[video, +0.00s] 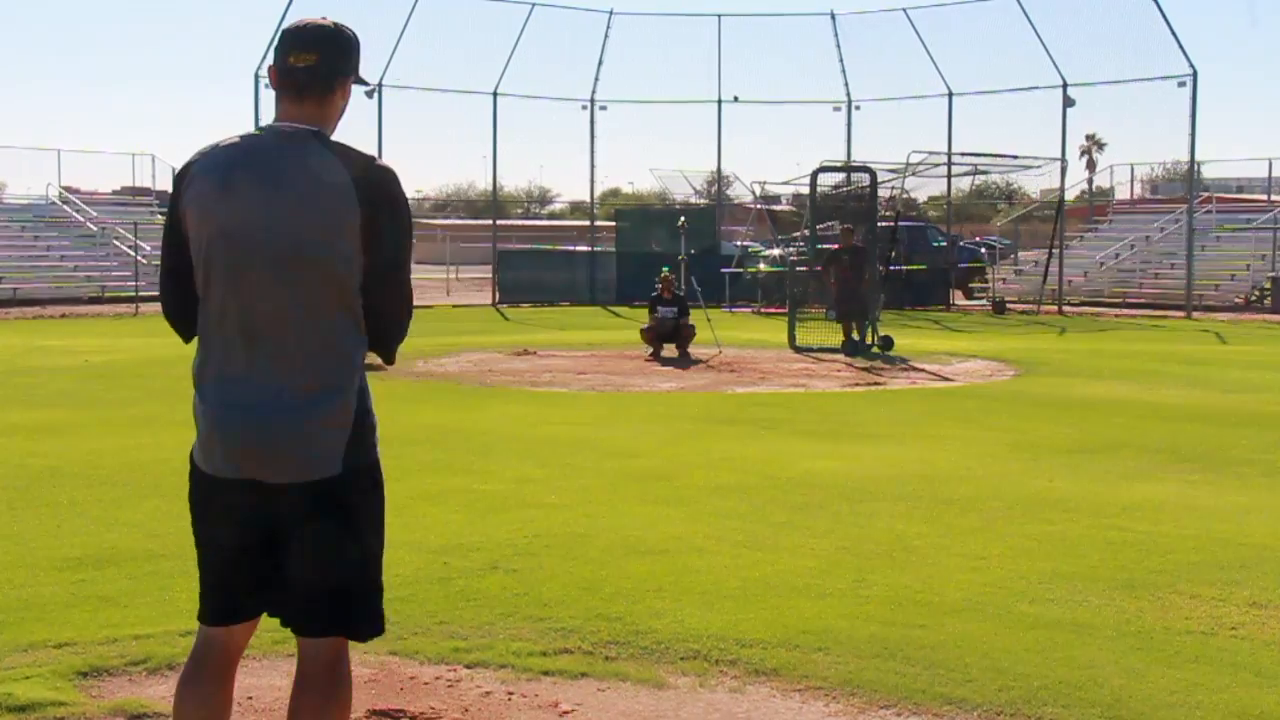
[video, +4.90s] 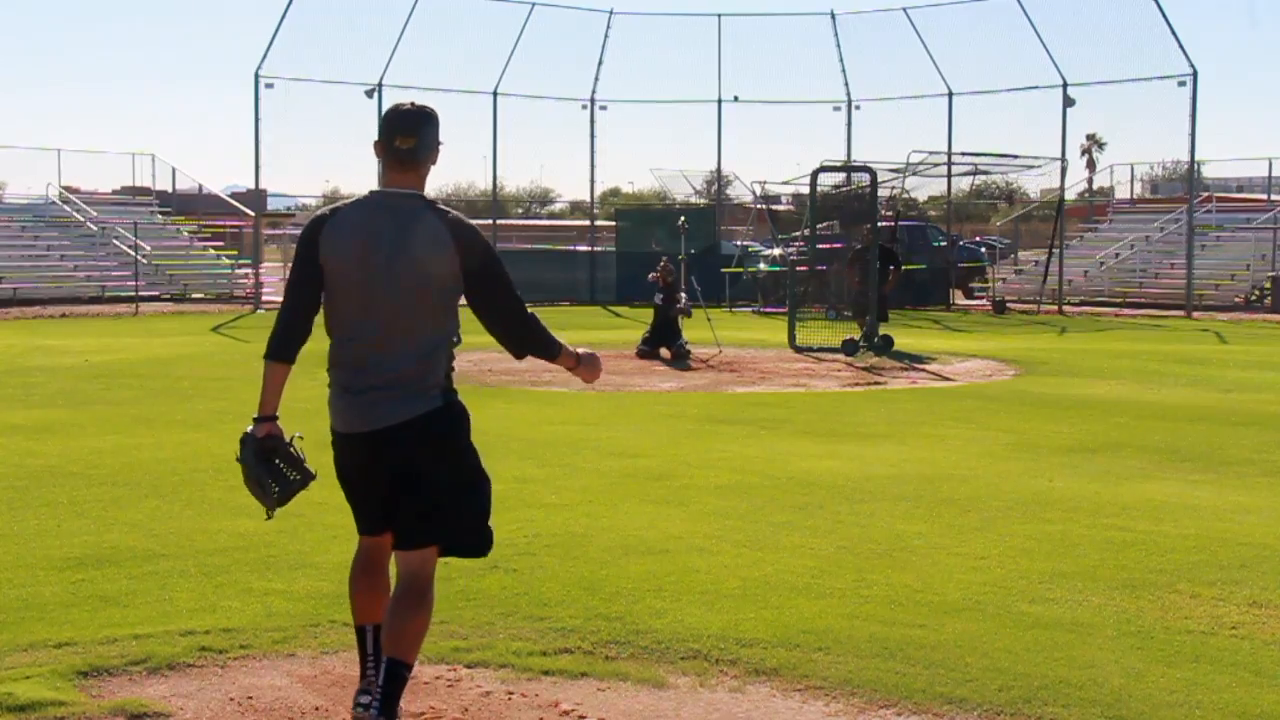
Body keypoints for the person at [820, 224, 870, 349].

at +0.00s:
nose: (845, 239)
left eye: (848, 236)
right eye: (843, 236)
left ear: (853, 236)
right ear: (840, 237)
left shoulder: (861, 251)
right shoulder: (835, 253)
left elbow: (869, 268)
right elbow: (825, 269)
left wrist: (865, 283)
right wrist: (830, 284)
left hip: (858, 288)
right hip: (842, 289)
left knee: (860, 318)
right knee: (845, 319)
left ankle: (862, 341)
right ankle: (847, 342)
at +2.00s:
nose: (845, 239)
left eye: (848, 236)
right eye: (843, 236)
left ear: (853, 237)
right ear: (840, 237)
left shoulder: (861, 251)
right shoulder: (835, 252)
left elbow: (871, 267)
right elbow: (823, 269)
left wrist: (868, 280)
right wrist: (830, 284)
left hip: (859, 287)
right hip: (842, 288)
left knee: (861, 317)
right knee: (845, 318)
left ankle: (862, 340)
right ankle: (848, 341)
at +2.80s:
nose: (863, 238)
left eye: (866, 235)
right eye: (861, 235)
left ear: (870, 236)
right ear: (856, 237)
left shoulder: (877, 251)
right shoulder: (851, 252)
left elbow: (889, 266)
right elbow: (839, 267)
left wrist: (886, 282)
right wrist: (845, 281)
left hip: (873, 287)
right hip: (856, 287)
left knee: (873, 317)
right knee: (853, 316)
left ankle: (872, 343)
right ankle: (849, 340)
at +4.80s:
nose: (867, 238)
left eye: (870, 235)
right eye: (865, 235)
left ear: (876, 236)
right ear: (863, 237)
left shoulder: (885, 251)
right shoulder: (859, 252)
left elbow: (897, 266)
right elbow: (848, 267)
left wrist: (890, 284)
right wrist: (854, 282)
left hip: (878, 288)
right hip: (861, 288)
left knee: (876, 317)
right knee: (857, 315)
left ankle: (874, 339)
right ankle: (862, 337)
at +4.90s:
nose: (867, 237)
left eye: (870, 234)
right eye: (865, 234)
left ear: (876, 236)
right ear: (863, 236)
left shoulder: (885, 251)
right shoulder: (858, 252)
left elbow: (897, 266)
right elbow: (850, 267)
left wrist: (890, 284)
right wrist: (854, 281)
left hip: (878, 287)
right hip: (862, 287)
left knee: (876, 315)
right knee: (858, 314)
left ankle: (875, 337)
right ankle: (866, 336)